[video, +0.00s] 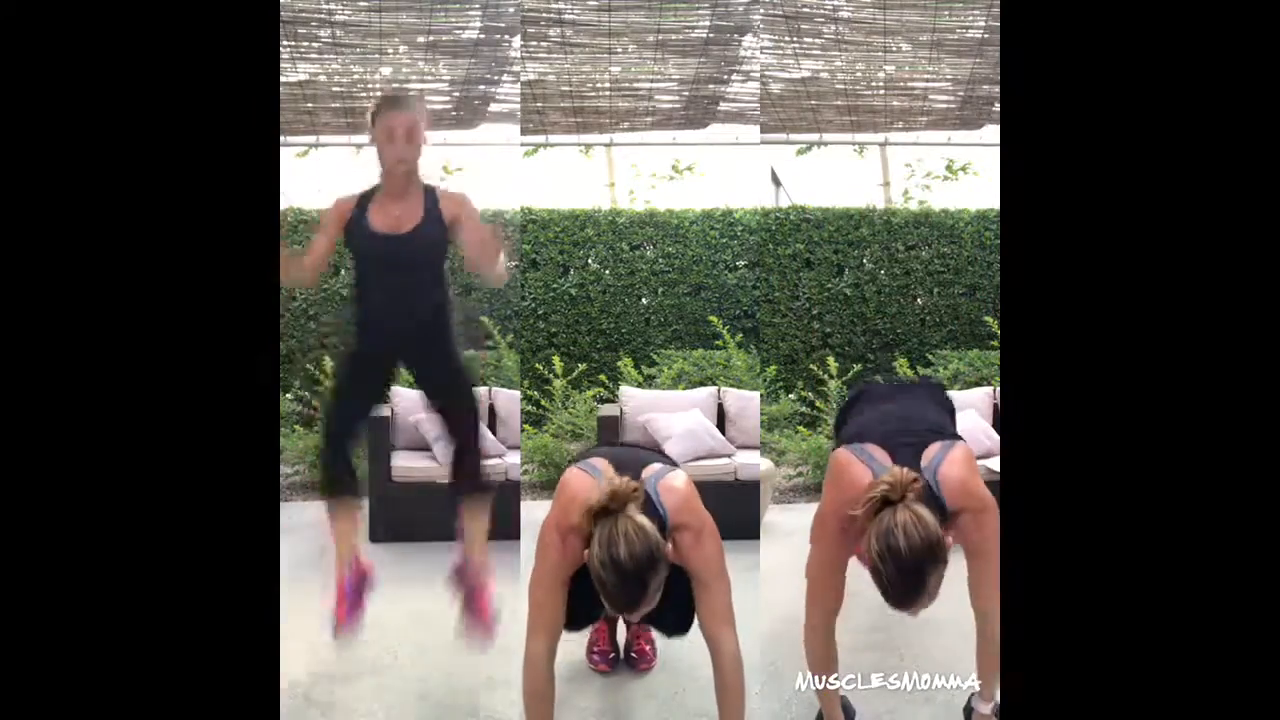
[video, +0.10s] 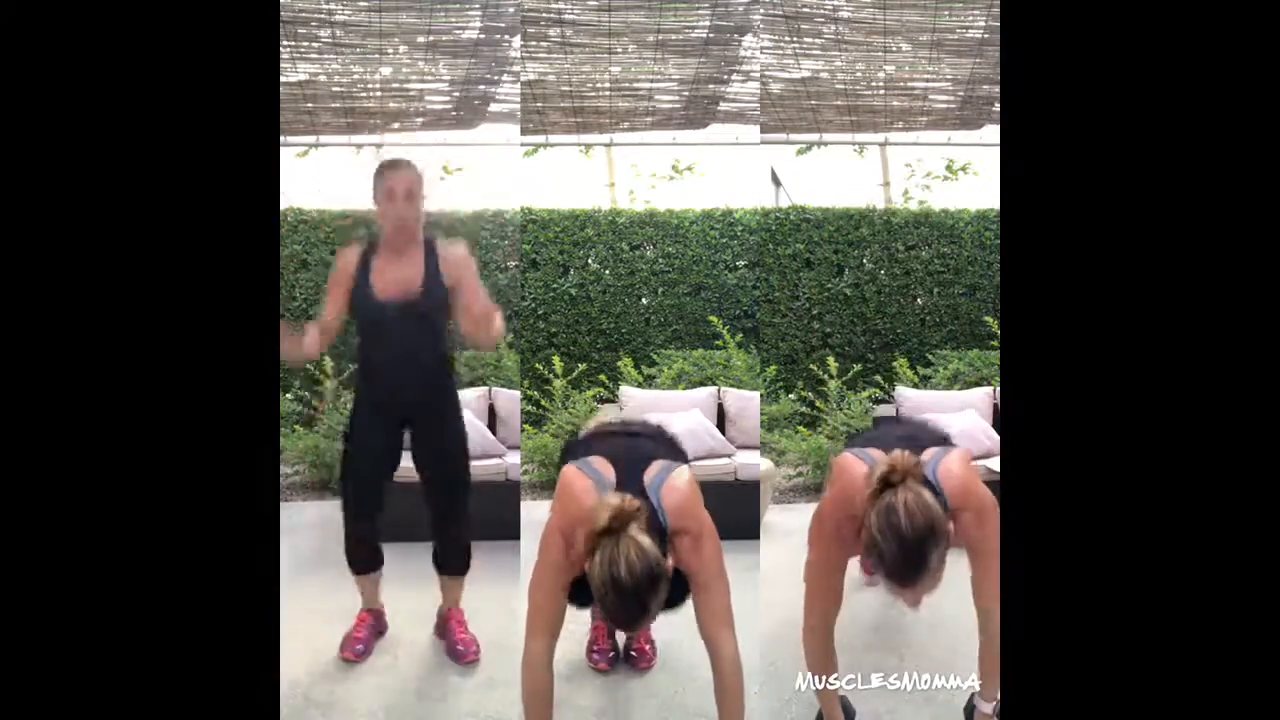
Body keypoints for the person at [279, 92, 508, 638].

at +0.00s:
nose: (402, 144)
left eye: (411, 133)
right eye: (391, 135)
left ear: (424, 139)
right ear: (374, 140)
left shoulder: (449, 206)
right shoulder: (349, 210)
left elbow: (490, 273)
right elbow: (305, 270)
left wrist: (492, 248)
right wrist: (282, 260)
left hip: (433, 346)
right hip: (372, 347)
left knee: (470, 442)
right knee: (335, 445)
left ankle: (475, 566)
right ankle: (351, 567)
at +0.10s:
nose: (403, 206)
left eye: (411, 196)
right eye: (392, 197)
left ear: (425, 201)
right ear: (376, 202)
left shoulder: (450, 257)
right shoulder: (355, 258)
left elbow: (483, 335)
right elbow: (325, 329)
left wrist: (488, 322)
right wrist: (300, 343)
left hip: (436, 403)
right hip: (374, 404)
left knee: (451, 510)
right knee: (357, 509)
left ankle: (452, 615)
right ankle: (371, 613)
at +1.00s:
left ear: (434, 537)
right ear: (374, 536)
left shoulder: (453, 494)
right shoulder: (354, 494)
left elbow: (472, 603)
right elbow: (335, 609)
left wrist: (480, 699)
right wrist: (326, 706)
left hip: (435, 360)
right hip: (366, 362)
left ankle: (449, 558)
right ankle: (361, 561)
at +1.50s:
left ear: (439, 552)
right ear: (366, 558)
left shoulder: (458, 500)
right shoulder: (352, 494)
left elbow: (485, 612)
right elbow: (323, 613)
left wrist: (481, 702)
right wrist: (325, 707)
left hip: (435, 419)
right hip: (369, 419)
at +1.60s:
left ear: (434, 544)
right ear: (373, 550)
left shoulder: (456, 500)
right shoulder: (353, 498)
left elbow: (479, 607)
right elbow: (330, 608)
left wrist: (480, 701)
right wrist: (326, 705)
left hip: (438, 392)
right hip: (370, 390)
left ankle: (440, 539)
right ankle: (365, 550)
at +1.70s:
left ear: (432, 531)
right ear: (369, 544)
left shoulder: (452, 494)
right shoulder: (354, 493)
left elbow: (475, 604)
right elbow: (333, 606)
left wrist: (480, 699)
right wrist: (326, 706)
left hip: (441, 397)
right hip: (369, 395)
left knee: (463, 508)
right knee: (340, 513)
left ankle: (444, 566)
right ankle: (360, 579)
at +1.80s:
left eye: (417, 554)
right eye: (394, 553)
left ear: (433, 520)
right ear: (374, 517)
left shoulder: (451, 479)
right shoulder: (357, 477)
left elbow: (476, 602)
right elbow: (330, 602)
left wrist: (481, 699)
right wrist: (323, 704)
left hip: (441, 417)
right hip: (375, 416)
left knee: (466, 518)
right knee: (339, 521)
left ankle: (446, 612)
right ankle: (363, 612)